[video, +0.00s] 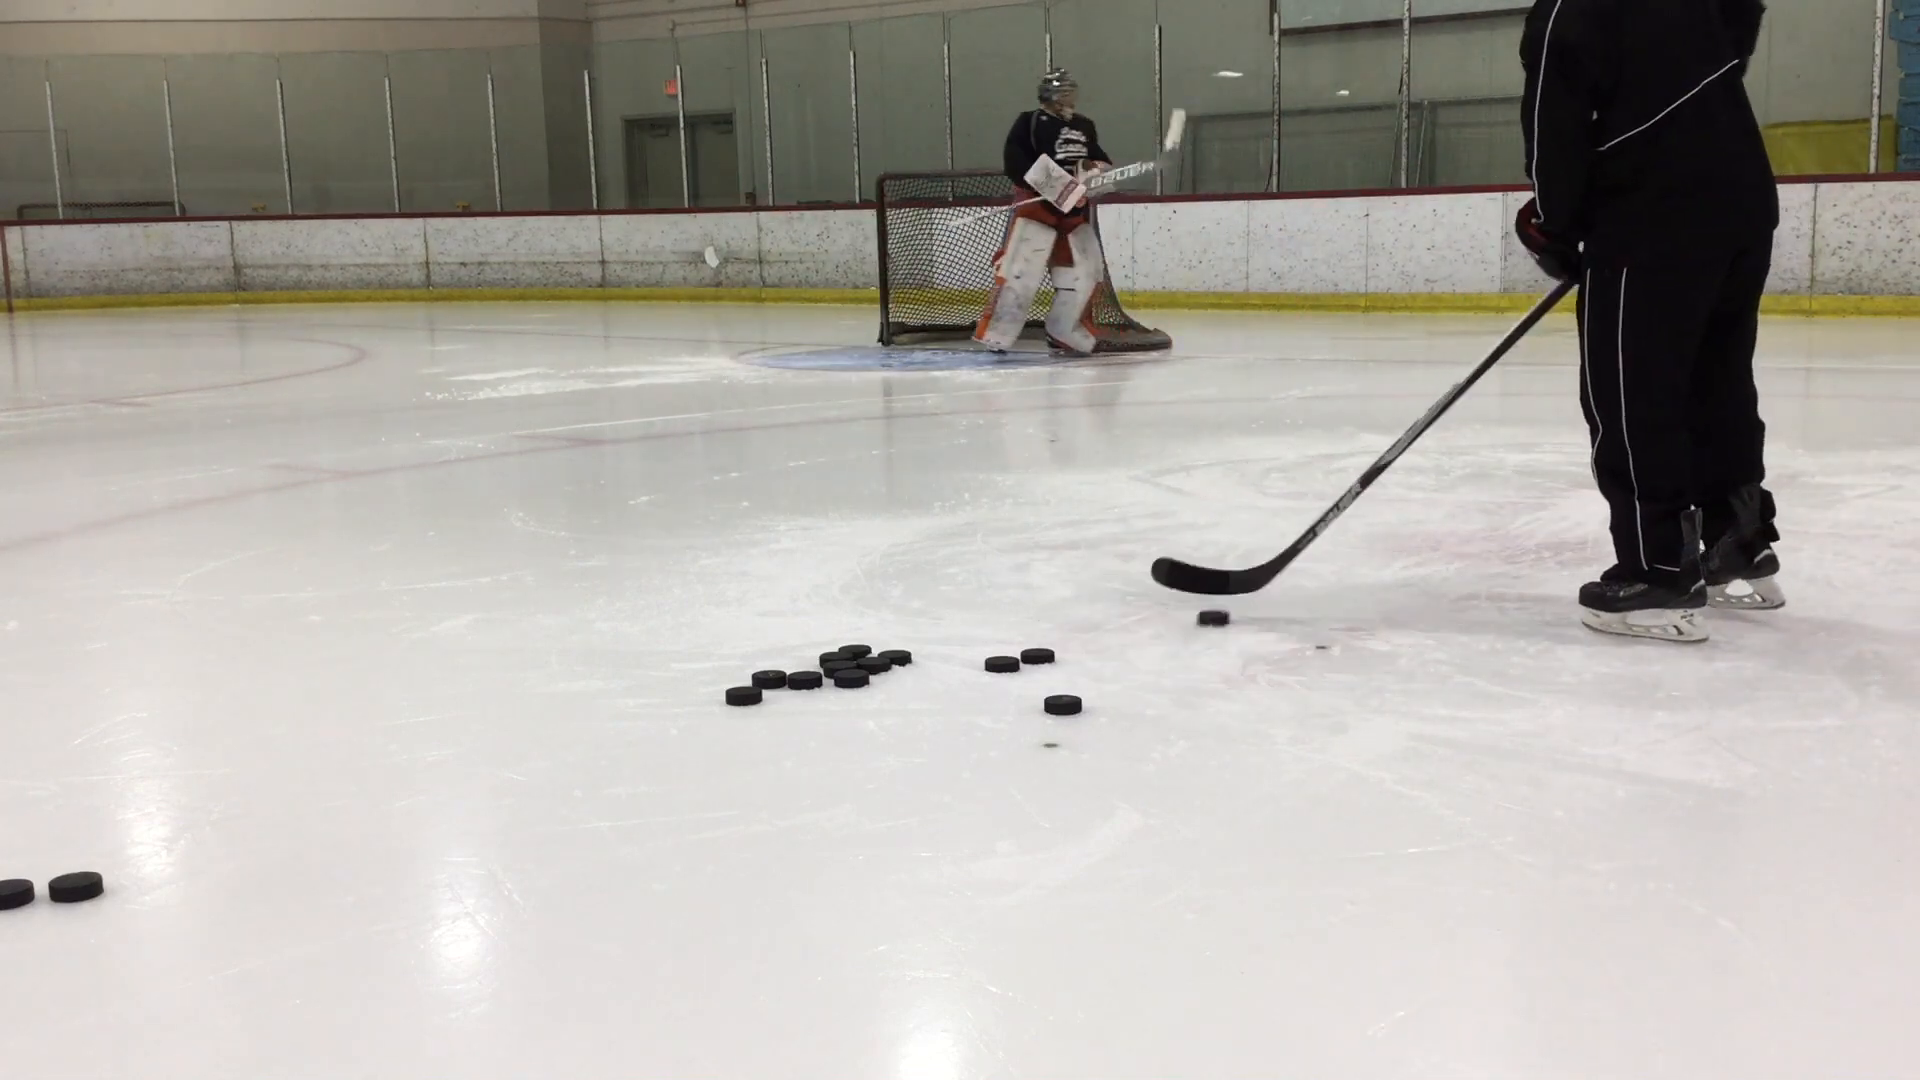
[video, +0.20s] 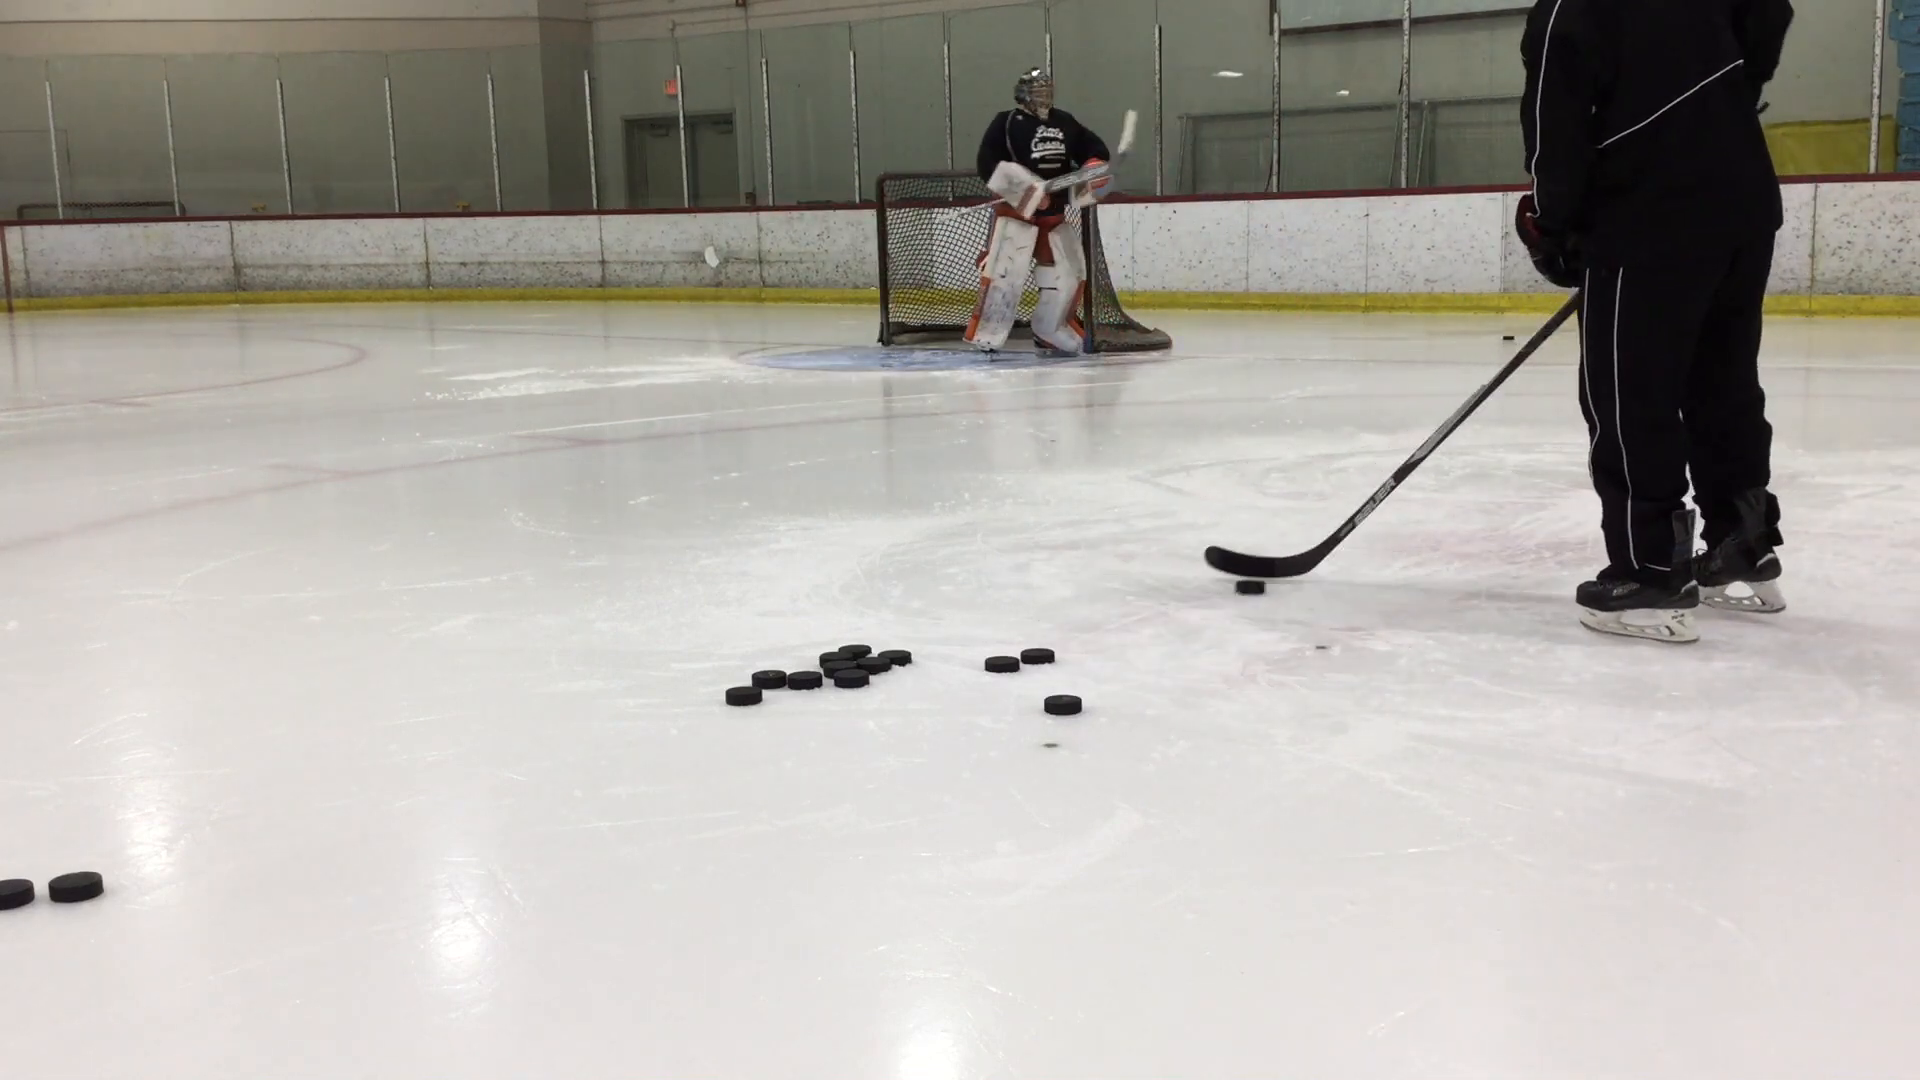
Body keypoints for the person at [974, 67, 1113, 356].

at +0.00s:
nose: (1071, 97)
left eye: (1073, 92)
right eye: (1065, 92)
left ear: (1075, 94)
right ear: (1049, 95)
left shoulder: (1084, 126)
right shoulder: (1029, 122)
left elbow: (1101, 160)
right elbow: (1014, 166)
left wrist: (1098, 168)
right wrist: (1054, 189)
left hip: (1074, 217)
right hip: (1035, 214)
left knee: (1083, 275)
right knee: (1020, 275)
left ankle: (1062, 333)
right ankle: (997, 337)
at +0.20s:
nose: (1045, 95)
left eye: (1048, 90)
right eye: (1038, 90)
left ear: (1052, 91)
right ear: (1023, 93)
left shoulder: (1064, 122)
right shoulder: (1006, 123)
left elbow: (1096, 151)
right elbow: (987, 165)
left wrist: (1090, 176)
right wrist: (1024, 189)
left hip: (1058, 217)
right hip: (1016, 217)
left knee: (1067, 275)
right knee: (1005, 276)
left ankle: (1048, 332)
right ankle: (989, 339)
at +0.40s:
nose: (1032, 99)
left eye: (1036, 93)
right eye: (1026, 94)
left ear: (1043, 95)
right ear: (1013, 95)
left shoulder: (1056, 123)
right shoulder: (994, 125)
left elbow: (1082, 157)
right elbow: (972, 167)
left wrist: (1070, 187)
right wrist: (1001, 202)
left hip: (1047, 216)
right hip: (1006, 216)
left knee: (1055, 278)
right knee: (1001, 277)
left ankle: (1054, 338)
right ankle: (989, 340)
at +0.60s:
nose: (1029, 102)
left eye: (1033, 96)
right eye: (1023, 97)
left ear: (1039, 98)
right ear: (1009, 98)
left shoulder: (1050, 126)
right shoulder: (989, 125)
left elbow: (1076, 160)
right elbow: (966, 163)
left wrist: (1078, 196)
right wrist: (986, 200)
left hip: (1042, 213)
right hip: (999, 213)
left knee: (1050, 276)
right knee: (995, 276)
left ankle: (1051, 337)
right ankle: (984, 340)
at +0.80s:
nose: (1033, 108)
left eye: (1037, 102)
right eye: (1027, 102)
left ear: (1041, 103)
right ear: (1013, 102)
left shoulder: (1048, 128)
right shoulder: (989, 125)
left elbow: (1057, 169)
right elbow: (966, 167)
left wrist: (1068, 202)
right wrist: (990, 205)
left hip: (1039, 216)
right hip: (998, 215)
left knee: (1049, 276)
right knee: (993, 278)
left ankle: (1053, 338)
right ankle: (983, 341)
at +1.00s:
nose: (1049, 111)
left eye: (1051, 105)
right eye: (1044, 105)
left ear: (1052, 107)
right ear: (1028, 104)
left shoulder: (1054, 134)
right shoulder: (1000, 123)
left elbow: (1054, 172)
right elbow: (974, 166)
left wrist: (1062, 204)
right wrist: (998, 204)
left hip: (1040, 215)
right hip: (1001, 215)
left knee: (1053, 273)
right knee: (997, 275)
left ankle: (1060, 337)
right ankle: (986, 340)